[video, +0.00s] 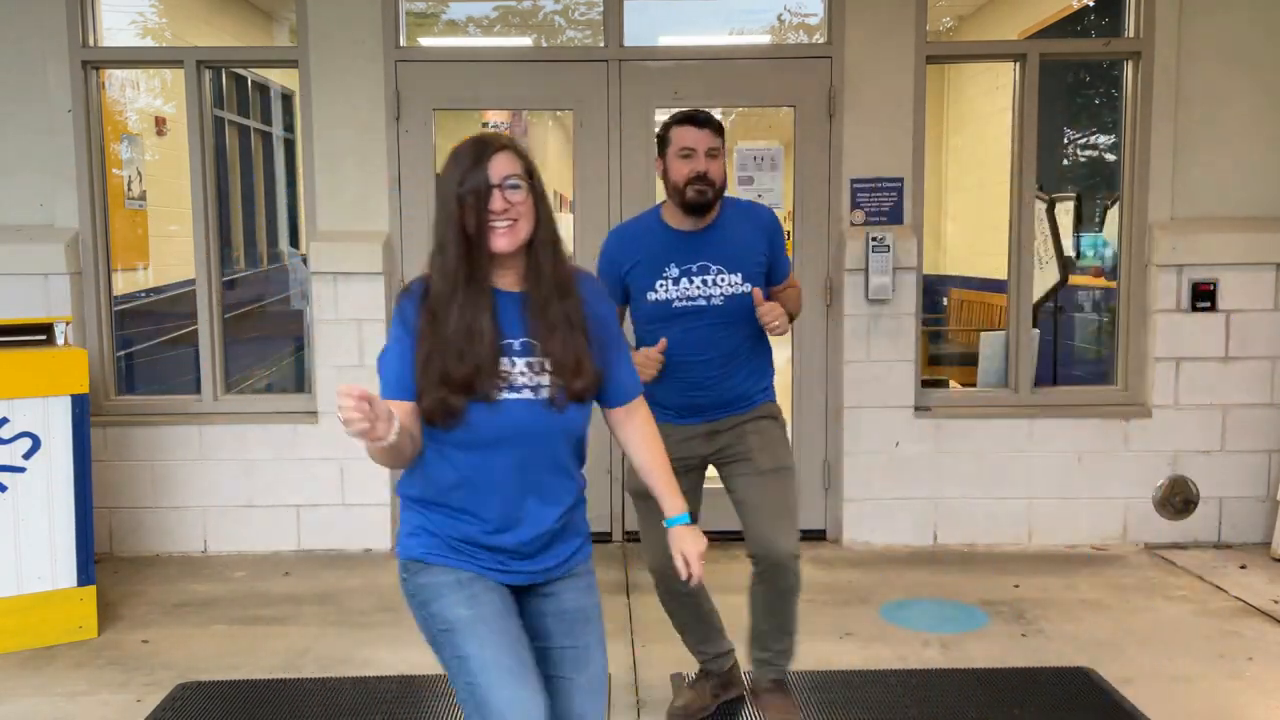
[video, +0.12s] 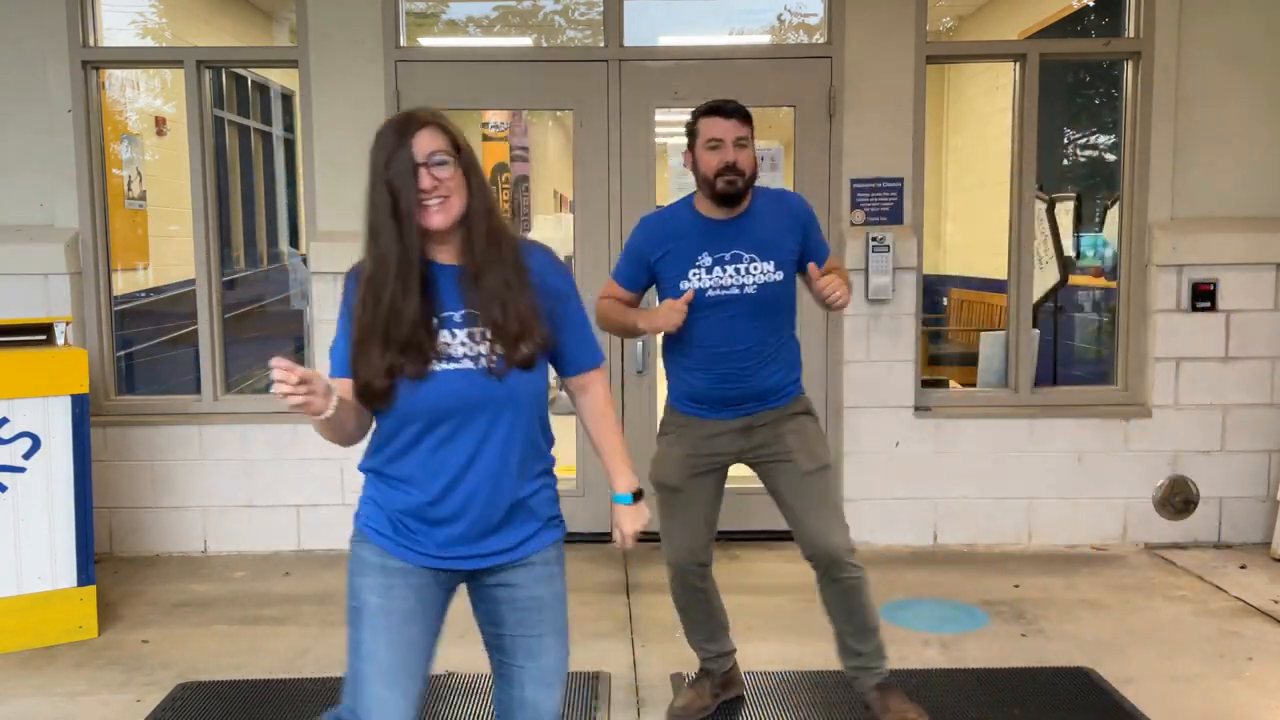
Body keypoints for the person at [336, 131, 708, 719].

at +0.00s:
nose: (500, 202)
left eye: (514, 185)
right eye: (481, 190)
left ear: (537, 197)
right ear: (457, 206)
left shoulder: (582, 297)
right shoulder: (426, 303)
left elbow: (628, 411)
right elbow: (401, 451)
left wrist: (678, 516)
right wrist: (381, 433)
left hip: (557, 546)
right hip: (451, 551)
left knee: (584, 709)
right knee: (517, 710)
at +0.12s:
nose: (428, 180)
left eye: (441, 162)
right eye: (410, 169)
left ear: (468, 171)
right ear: (390, 189)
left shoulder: (532, 268)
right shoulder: (373, 283)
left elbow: (588, 383)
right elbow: (350, 427)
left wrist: (626, 491)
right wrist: (323, 402)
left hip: (520, 532)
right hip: (401, 535)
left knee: (536, 710)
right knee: (382, 710)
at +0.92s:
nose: (175, 162)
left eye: (188, 147)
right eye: (154, 153)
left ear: (212, 166)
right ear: (129, 183)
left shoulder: (279, 257)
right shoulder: (122, 288)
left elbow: (353, 349)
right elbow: (91, 419)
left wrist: (385, 455)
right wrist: (8, 341)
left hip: (292, 528)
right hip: (171, 541)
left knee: (284, 709)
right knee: (178, 711)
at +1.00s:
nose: (173, 174)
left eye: (186, 161)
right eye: (153, 166)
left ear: (209, 179)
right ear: (126, 195)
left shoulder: (278, 267)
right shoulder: (124, 298)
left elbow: (354, 358)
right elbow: (104, 435)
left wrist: (385, 466)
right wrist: (16, 364)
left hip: (288, 543)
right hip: (167, 553)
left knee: (271, 710)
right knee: (174, 712)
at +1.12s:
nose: (178, 180)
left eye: (190, 163)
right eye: (157, 171)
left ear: (215, 182)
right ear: (132, 200)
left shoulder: (284, 271)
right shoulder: (127, 300)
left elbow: (356, 367)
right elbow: (102, 435)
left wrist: (381, 478)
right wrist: (12, 370)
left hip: (292, 548)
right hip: (170, 559)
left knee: (280, 711)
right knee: (180, 712)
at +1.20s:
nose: (182, 176)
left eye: (195, 161)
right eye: (160, 169)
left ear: (222, 183)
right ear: (138, 201)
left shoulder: (290, 276)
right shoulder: (128, 299)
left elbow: (356, 373)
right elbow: (92, 432)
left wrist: (379, 483)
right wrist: (4, 363)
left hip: (294, 545)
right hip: (168, 556)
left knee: (303, 710)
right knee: (174, 712)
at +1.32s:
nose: (206, 176)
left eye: (221, 161)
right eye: (185, 169)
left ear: (249, 183)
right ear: (165, 201)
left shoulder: (306, 285)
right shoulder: (136, 293)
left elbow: (356, 379)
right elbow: (68, 416)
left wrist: (386, 476)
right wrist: (1, 362)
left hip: (301, 536)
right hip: (172, 553)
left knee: (358, 694)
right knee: (170, 712)